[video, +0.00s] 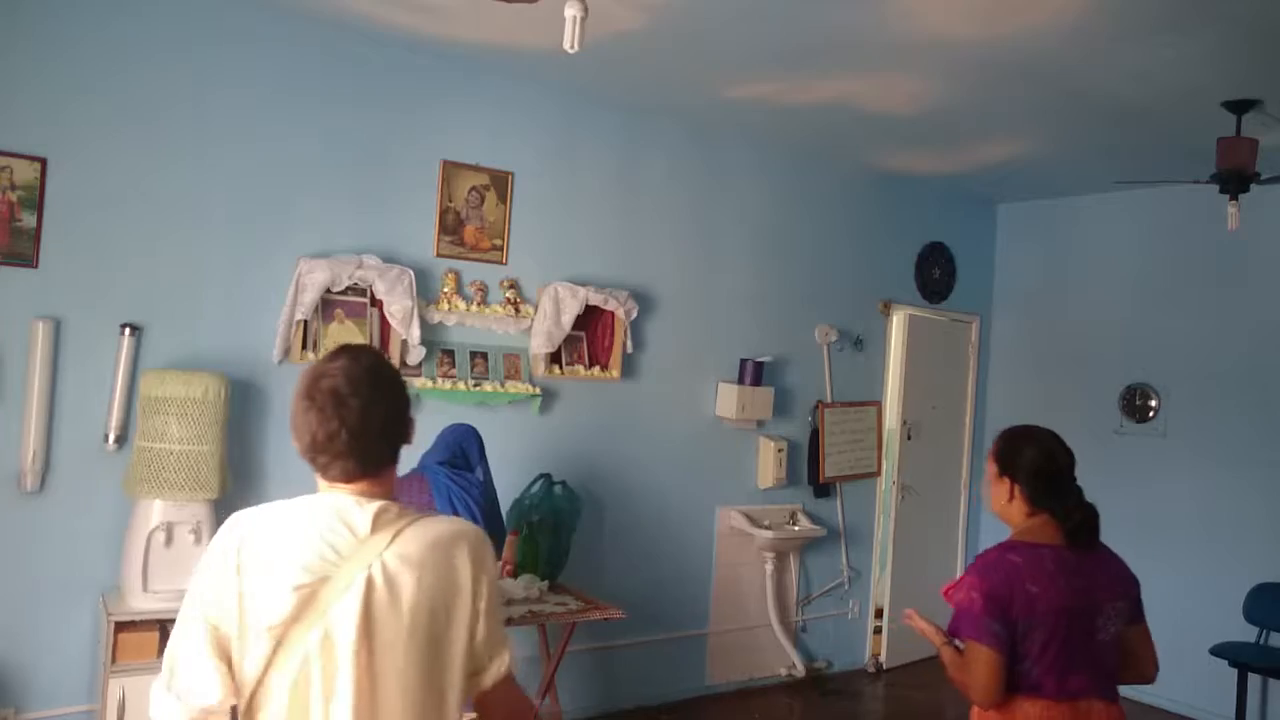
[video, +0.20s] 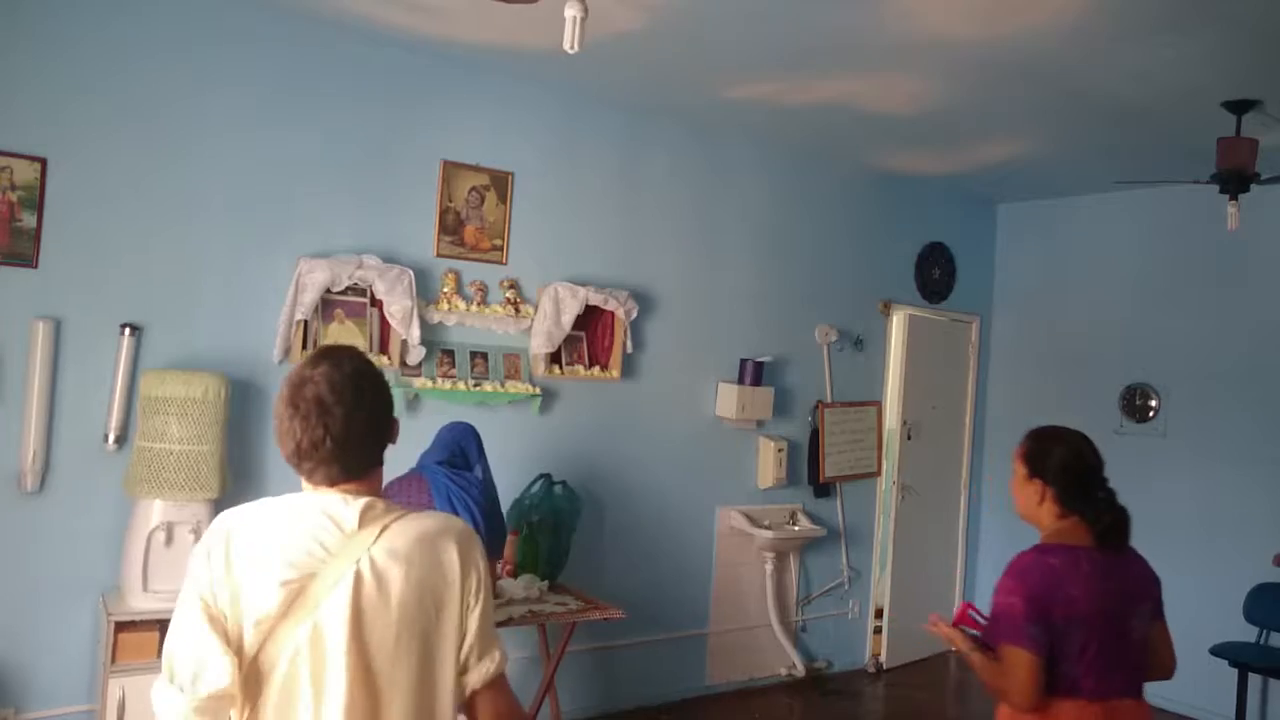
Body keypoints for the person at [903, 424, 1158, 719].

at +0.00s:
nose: (987, 486)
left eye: (990, 476)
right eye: (989, 475)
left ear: (1009, 488)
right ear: (1060, 483)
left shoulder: (992, 572)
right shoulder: (1110, 565)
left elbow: (984, 693)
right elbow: (1143, 667)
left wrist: (942, 645)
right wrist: (1069, 661)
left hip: (1020, 710)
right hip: (1100, 709)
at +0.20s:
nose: (1011, 485)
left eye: (1017, 474)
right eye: (1014, 473)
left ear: (1041, 489)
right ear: (1086, 484)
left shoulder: (1029, 573)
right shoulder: (1134, 566)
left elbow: (1021, 694)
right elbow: (1162, 664)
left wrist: (966, 650)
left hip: (1053, 713)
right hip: (1129, 710)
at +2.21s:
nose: (941, 470)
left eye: (948, 464)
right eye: (945, 462)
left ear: (970, 485)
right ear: (1010, 481)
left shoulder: (949, 553)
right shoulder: (1048, 556)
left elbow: (928, 666)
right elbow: (1070, 652)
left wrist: (891, 624)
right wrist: (1003, 644)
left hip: (954, 701)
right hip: (1027, 700)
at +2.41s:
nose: (931, 477)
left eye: (936, 470)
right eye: (934, 469)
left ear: (956, 490)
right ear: (999, 485)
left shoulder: (935, 558)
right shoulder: (1034, 560)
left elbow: (920, 666)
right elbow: (1054, 654)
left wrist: (880, 625)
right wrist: (993, 641)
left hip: (942, 699)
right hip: (1012, 699)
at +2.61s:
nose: (923, 466)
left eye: (929, 459)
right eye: (927, 458)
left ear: (947, 479)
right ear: (989, 479)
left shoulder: (924, 548)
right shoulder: (1017, 549)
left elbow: (908, 652)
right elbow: (1036, 641)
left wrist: (869, 613)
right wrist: (976, 636)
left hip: (931, 691)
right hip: (1000, 689)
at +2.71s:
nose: (919, 461)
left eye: (925, 454)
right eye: (923, 453)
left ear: (944, 472)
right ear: (984, 474)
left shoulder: (921, 540)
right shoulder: (1009, 542)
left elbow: (903, 643)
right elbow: (1026, 631)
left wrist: (865, 606)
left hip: (927, 687)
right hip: (993, 682)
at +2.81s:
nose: (918, 457)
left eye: (925, 450)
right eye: (923, 449)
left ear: (943, 468)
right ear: (981, 471)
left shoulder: (920, 537)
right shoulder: (1003, 539)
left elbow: (901, 637)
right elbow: (1019, 625)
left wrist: (865, 602)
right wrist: (959, 615)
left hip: (922, 680)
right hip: (985, 674)